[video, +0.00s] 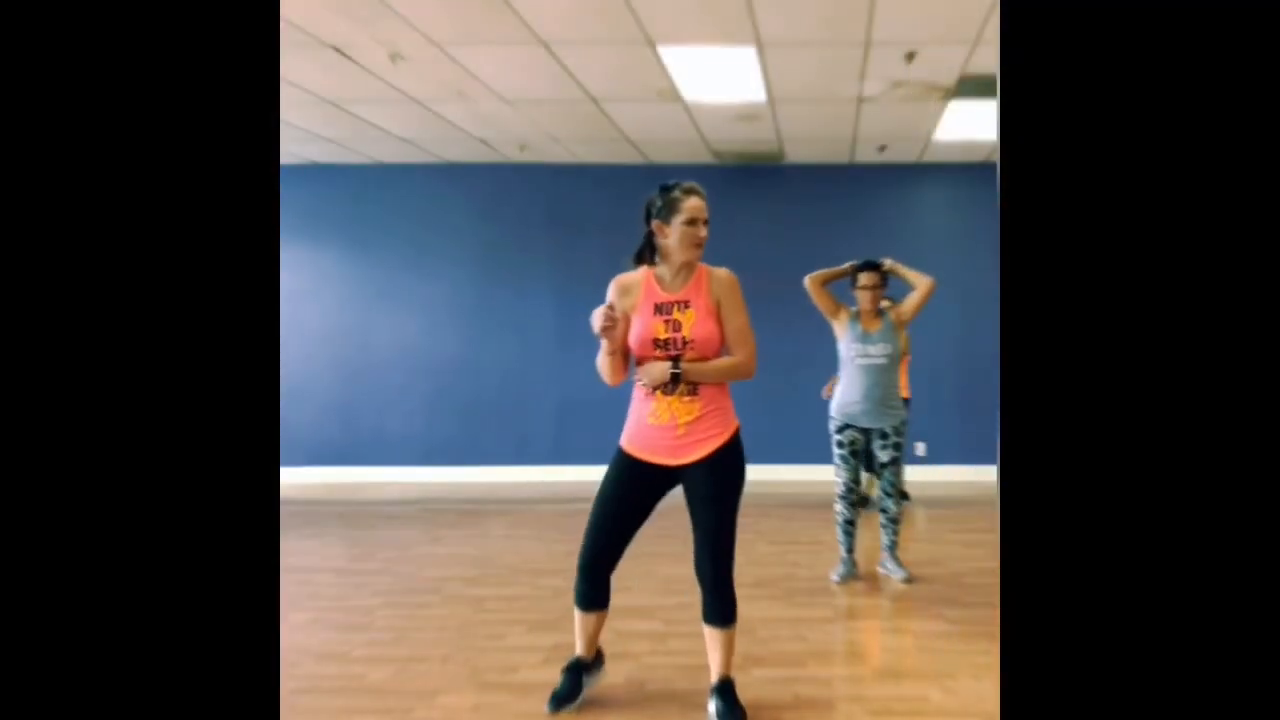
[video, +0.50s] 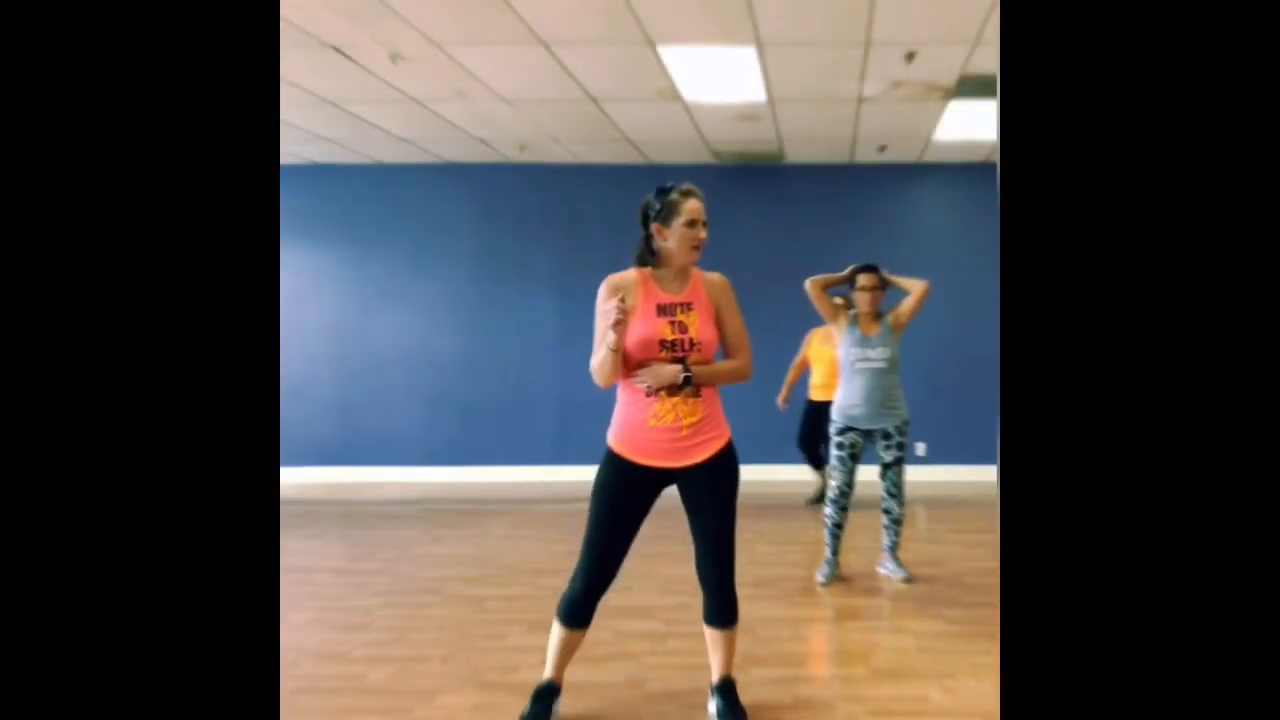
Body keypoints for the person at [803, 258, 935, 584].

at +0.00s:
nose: (870, 293)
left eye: (875, 287)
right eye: (863, 288)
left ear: (884, 291)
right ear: (854, 291)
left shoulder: (896, 320)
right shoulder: (841, 319)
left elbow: (927, 284)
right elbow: (811, 282)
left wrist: (895, 268)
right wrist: (848, 269)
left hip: (888, 416)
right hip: (847, 416)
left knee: (890, 491)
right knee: (847, 491)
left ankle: (889, 557)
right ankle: (846, 558)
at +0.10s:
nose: (872, 294)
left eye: (877, 288)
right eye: (865, 288)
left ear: (887, 291)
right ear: (856, 292)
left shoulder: (897, 321)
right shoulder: (842, 320)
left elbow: (928, 284)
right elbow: (812, 283)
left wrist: (897, 268)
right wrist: (848, 271)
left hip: (890, 418)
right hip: (849, 417)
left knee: (892, 493)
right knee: (847, 492)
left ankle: (889, 557)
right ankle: (847, 558)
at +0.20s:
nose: (874, 294)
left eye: (879, 288)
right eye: (867, 288)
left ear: (888, 291)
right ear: (857, 292)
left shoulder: (899, 322)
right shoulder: (845, 321)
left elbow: (929, 285)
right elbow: (814, 285)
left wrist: (897, 269)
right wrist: (847, 273)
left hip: (893, 419)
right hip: (851, 418)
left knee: (894, 494)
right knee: (846, 493)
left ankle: (890, 557)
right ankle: (846, 559)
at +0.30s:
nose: (873, 293)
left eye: (879, 288)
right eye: (867, 288)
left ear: (888, 292)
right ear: (857, 294)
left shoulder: (899, 322)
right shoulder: (846, 322)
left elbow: (929, 286)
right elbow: (815, 287)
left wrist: (897, 272)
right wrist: (847, 275)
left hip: (894, 419)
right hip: (852, 417)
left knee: (895, 492)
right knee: (842, 489)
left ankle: (890, 557)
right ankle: (844, 557)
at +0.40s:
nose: (872, 295)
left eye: (878, 289)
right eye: (866, 289)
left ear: (887, 293)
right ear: (856, 294)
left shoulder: (897, 323)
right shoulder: (843, 321)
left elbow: (927, 286)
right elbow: (813, 287)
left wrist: (894, 275)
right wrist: (846, 276)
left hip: (894, 417)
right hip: (851, 416)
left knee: (895, 490)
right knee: (841, 487)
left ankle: (890, 557)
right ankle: (836, 556)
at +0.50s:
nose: (869, 295)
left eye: (875, 289)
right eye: (863, 289)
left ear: (883, 293)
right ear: (852, 294)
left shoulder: (892, 324)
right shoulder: (840, 321)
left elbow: (922, 288)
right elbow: (811, 285)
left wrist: (890, 279)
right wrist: (844, 277)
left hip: (889, 417)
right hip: (847, 417)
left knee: (893, 492)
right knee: (839, 490)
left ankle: (889, 557)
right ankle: (830, 560)